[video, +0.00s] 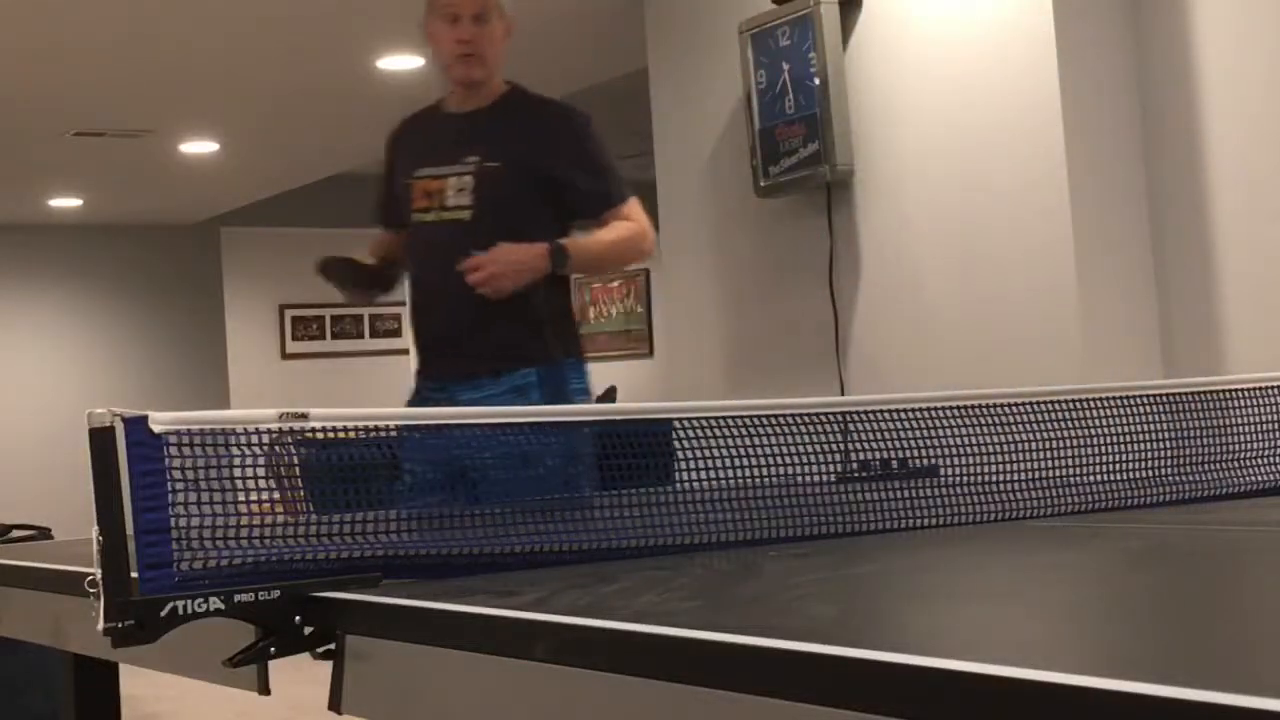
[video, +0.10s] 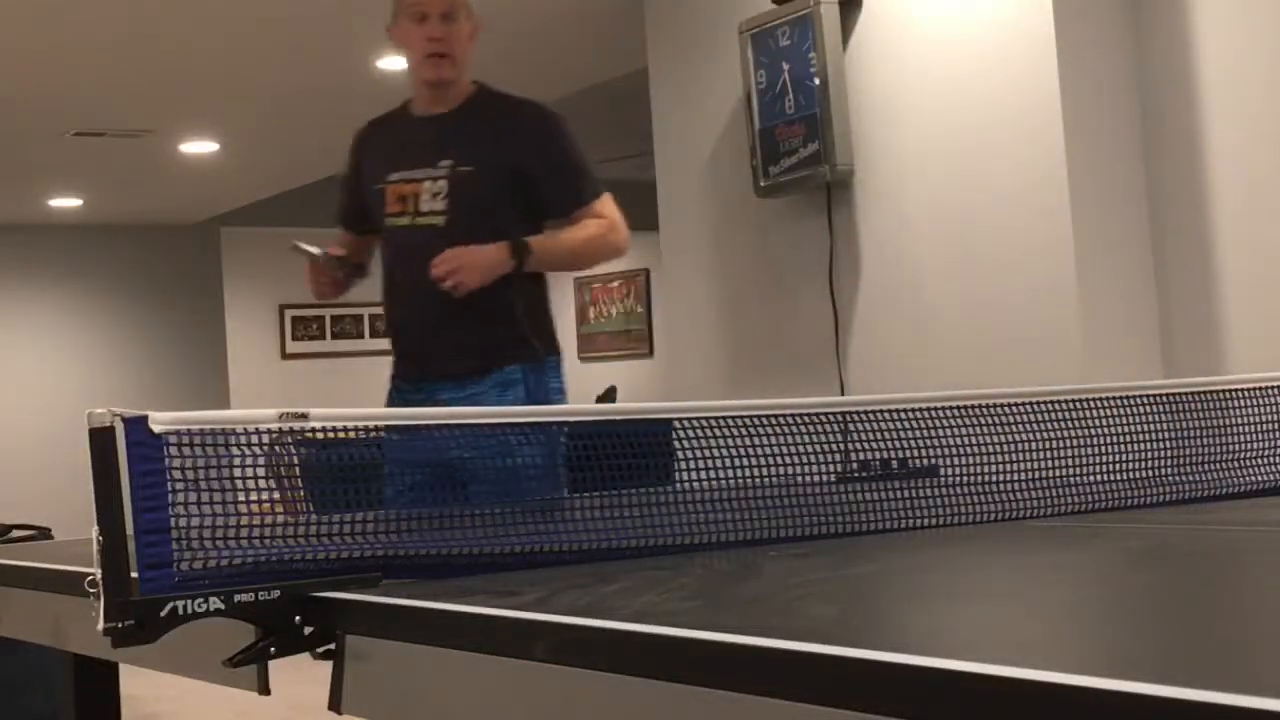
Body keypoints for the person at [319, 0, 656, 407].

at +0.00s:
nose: (465, 33)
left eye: (480, 19)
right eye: (450, 19)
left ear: (506, 30)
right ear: (428, 34)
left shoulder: (555, 126)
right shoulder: (410, 139)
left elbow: (638, 236)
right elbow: (398, 241)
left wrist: (547, 257)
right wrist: (372, 271)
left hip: (536, 389)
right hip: (438, 392)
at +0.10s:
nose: (436, 33)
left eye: (449, 17)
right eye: (419, 19)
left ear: (473, 30)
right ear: (396, 36)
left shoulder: (527, 126)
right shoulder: (375, 143)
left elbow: (611, 233)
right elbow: (355, 247)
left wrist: (508, 254)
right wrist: (331, 274)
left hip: (512, 387)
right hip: (414, 392)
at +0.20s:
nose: (413, 35)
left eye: (426, 20)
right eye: (396, 21)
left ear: (449, 34)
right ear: (371, 39)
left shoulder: (506, 129)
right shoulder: (350, 146)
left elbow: (584, 242)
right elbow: (323, 244)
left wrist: (474, 265)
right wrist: (308, 273)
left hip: (494, 385)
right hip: (397, 389)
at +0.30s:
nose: (398, 36)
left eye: (411, 22)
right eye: (381, 23)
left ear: (434, 36)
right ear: (356, 42)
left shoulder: (490, 129)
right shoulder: (333, 148)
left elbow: (555, 251)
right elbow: (306, 247)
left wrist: (444, 258)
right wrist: (289, 279)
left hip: (484, 385)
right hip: (385, 391)